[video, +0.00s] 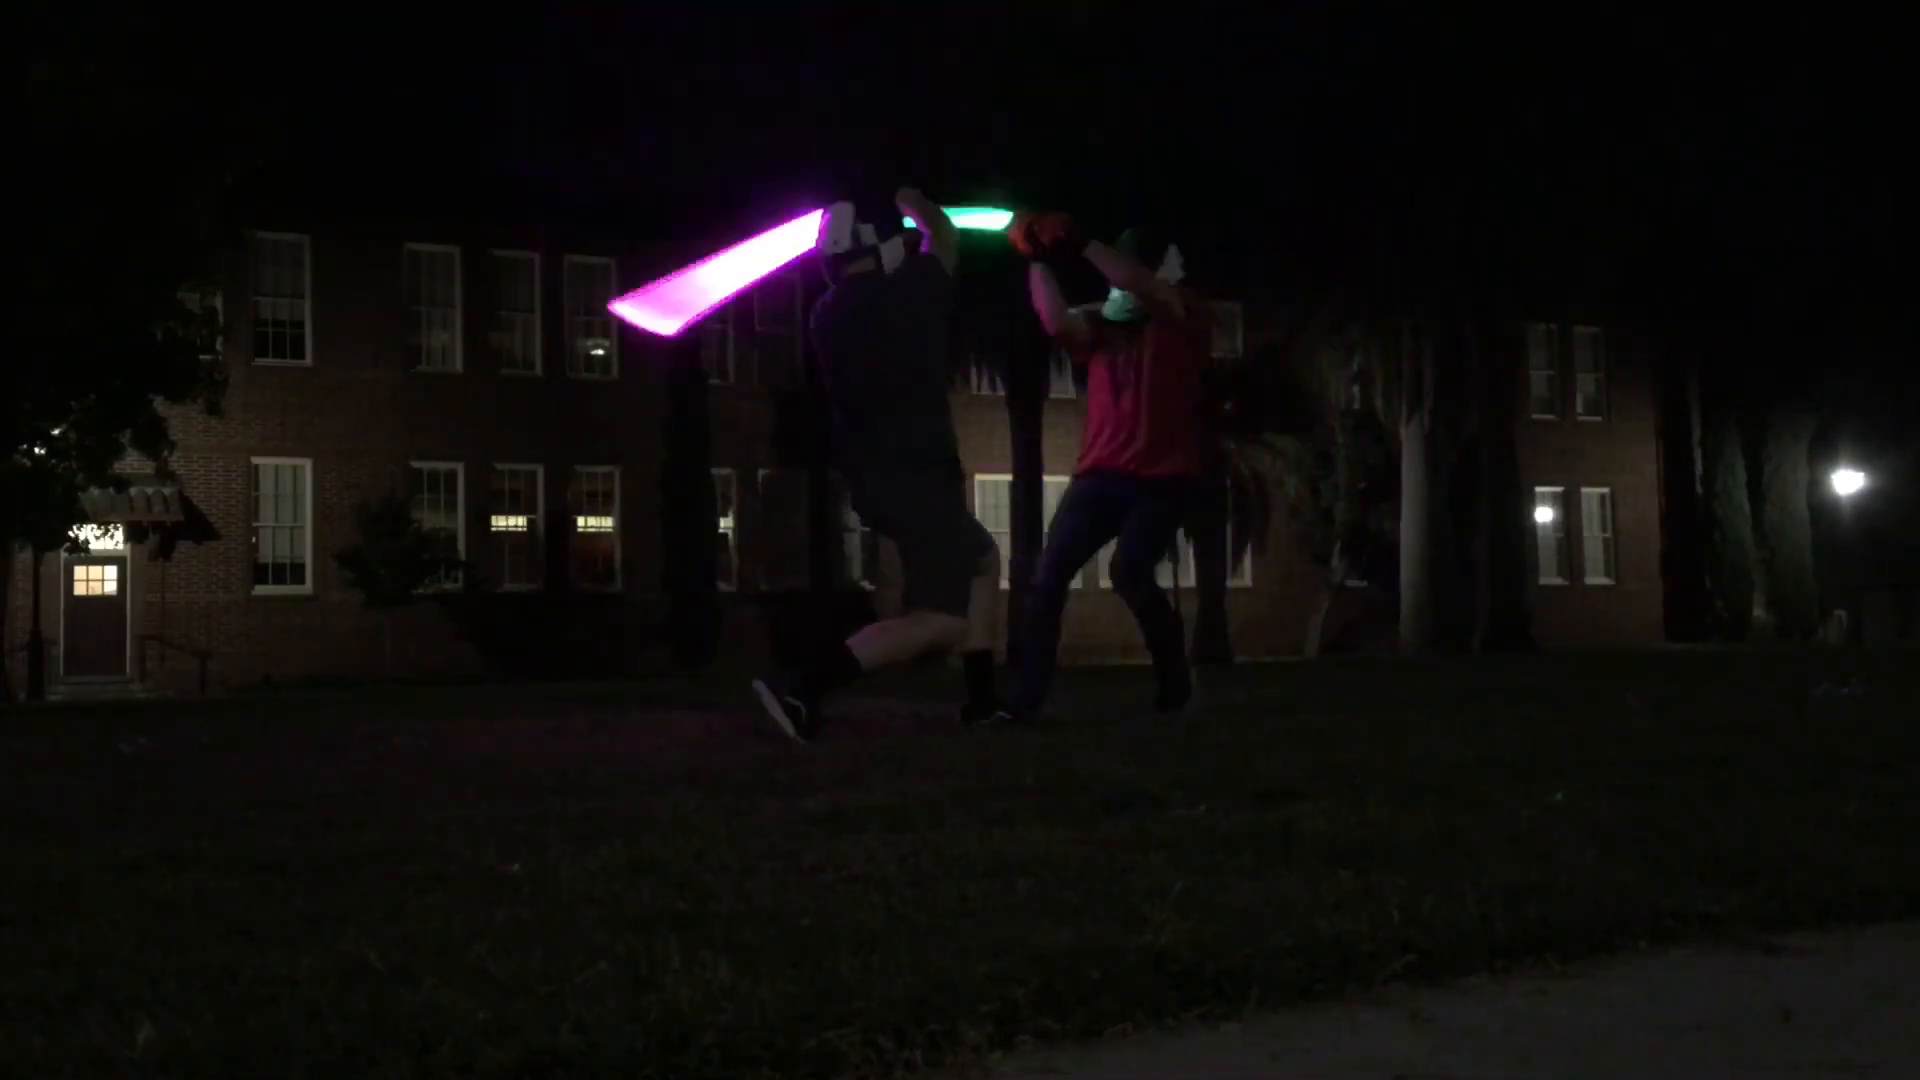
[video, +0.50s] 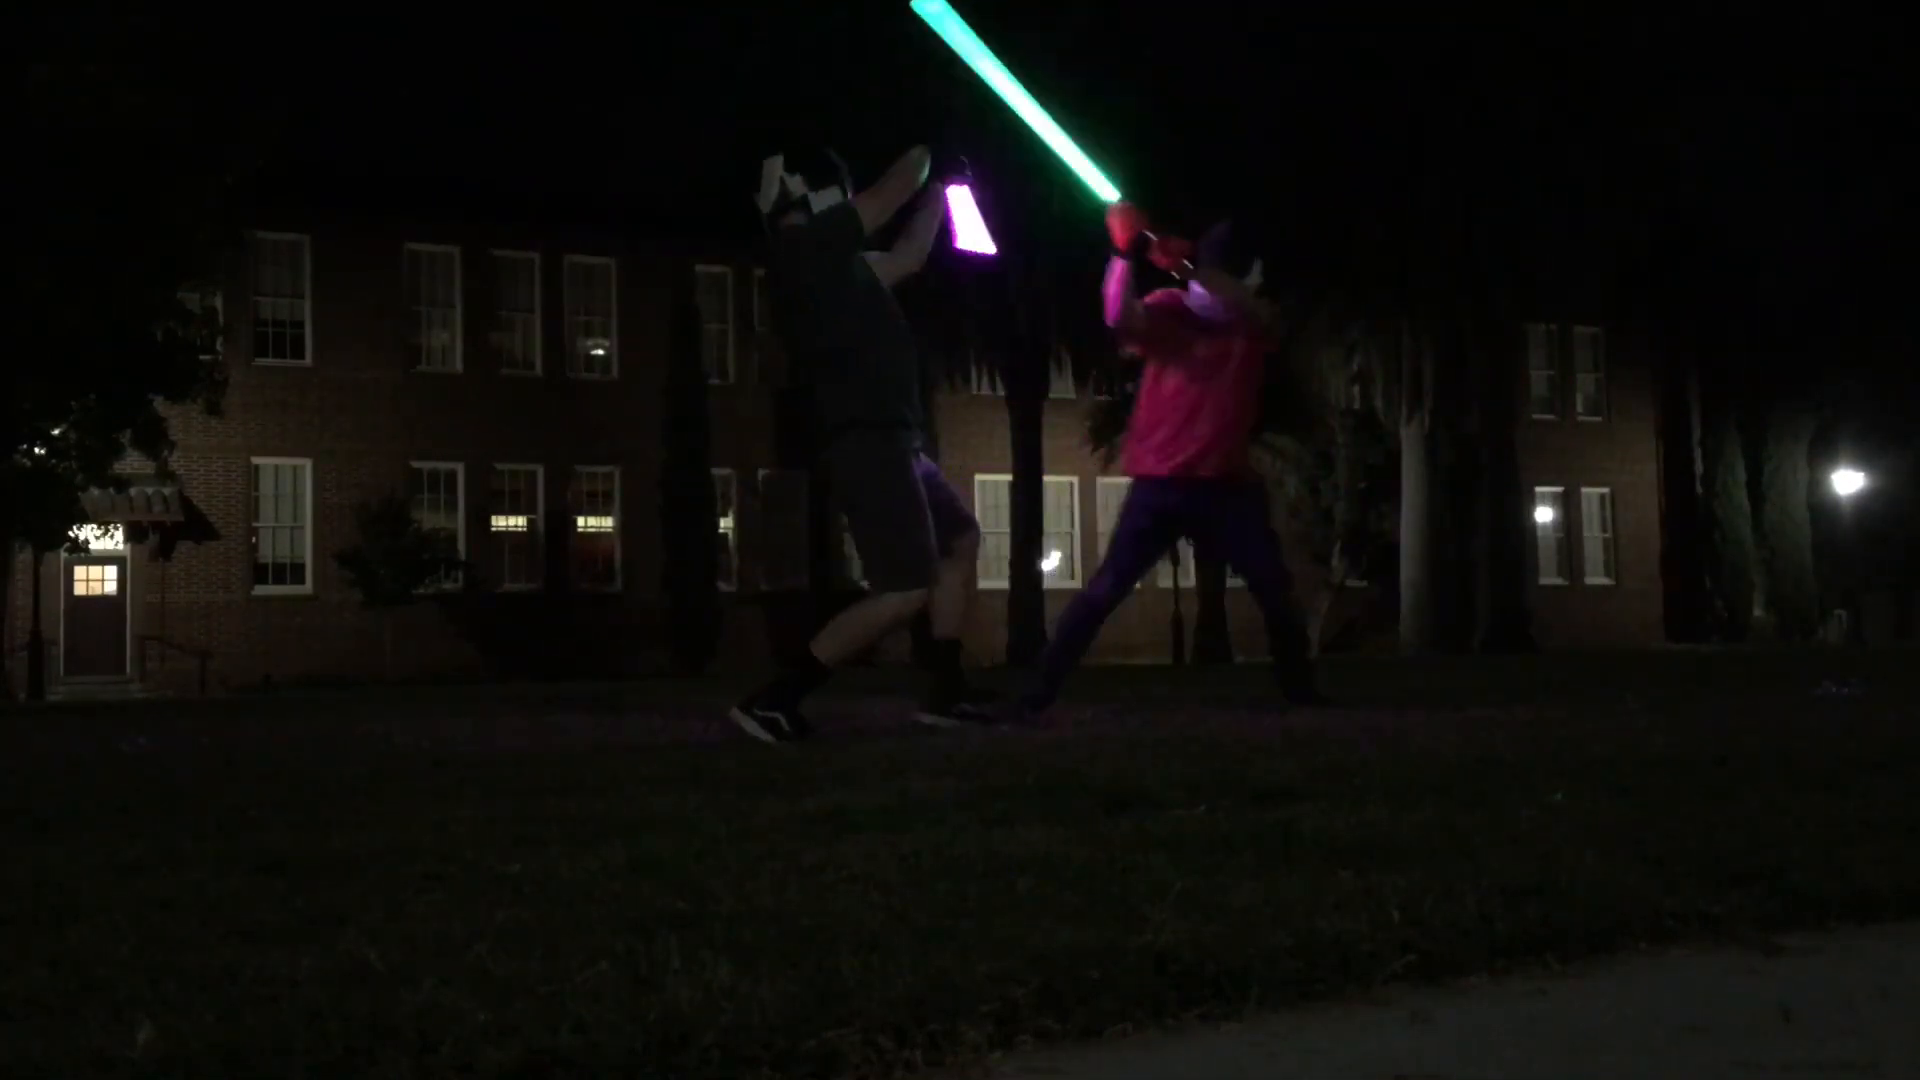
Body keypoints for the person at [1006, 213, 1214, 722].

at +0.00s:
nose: (1126, 290)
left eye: (1135, 280)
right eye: (1121, 280)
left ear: (1159, 279)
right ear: (1111, 280)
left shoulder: (1185, 321)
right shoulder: (1102, 326)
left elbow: (1141, 283)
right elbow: (1055, 321)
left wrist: (1076, 242)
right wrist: (1035, 258)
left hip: (1164, 477)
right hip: (1102, 476)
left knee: (1131, 575)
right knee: (1049, 575)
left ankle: (1176, 685)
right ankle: (1026, 699)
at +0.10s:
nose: (1109, 271)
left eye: (1120, 261)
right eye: (1103, 261)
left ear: (1148, 265)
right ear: (1094, 267)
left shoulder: (1173, 316)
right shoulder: (1088, 314)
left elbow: (1161, 287)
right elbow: (1052, 310)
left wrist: (1088, 251)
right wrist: (1027, 261)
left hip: (1159, 467)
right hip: (1098, 470)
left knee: (1133, 543)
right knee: (1044, 569)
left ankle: (1181, 656)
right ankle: (1024, 698)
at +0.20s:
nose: (1111, 261)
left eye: (1121, 253)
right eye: (1108, 254)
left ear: (1152, 253)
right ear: (1108, 256)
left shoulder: (1178, 295)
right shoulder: (1103, 296)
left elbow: (1153, 280)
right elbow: (1075, 292)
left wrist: (1098, 241)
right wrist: (1056, 245)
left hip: (1163, 458)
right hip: (1099, 461)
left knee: (1179, 547)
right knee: (1060, 578)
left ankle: (1218, 657)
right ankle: (1026, 695)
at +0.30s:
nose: (1135, 247)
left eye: (1147, 242)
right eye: (1134, 240)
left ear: (1174, 251)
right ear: (1127, 247)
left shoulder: (1193, 296)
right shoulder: (1112, 290)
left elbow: (1163, 273)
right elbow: (1079, 280)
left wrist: (1113, 232)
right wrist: (1063, 232)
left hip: (1169, 467)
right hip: (1103, 466)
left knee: (1228, 557)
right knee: (1068, 578)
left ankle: (1280, 661)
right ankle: (1026, 694)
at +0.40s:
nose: (1178, 273)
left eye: (1188, 263)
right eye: (1171, 262)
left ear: (1209, 266)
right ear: (1160, 266)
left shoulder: (1222, 317)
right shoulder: (1135, 299)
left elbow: (1199, 287)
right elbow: (1094, 298)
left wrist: (1150, 242)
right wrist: (1084, 234)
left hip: (1190, 475)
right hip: (1125, 473)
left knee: (1250, 577)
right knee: (1082, 584)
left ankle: (1310, 680)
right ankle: (1030, 696)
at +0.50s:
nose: (1209, 287)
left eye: (1224, 278)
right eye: (1205, 281)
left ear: (1242, 278)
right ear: (1196, 280)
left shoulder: (1253, 322)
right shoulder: (1168, 311)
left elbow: (1243, 306)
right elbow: (1118, 316)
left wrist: (1191, 266)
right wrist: (1124, 253)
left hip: (1225, 482)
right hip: (1160, 483)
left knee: (1274, 591)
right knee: (1105, 592)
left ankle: (1300, 694)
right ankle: (1036, 694)